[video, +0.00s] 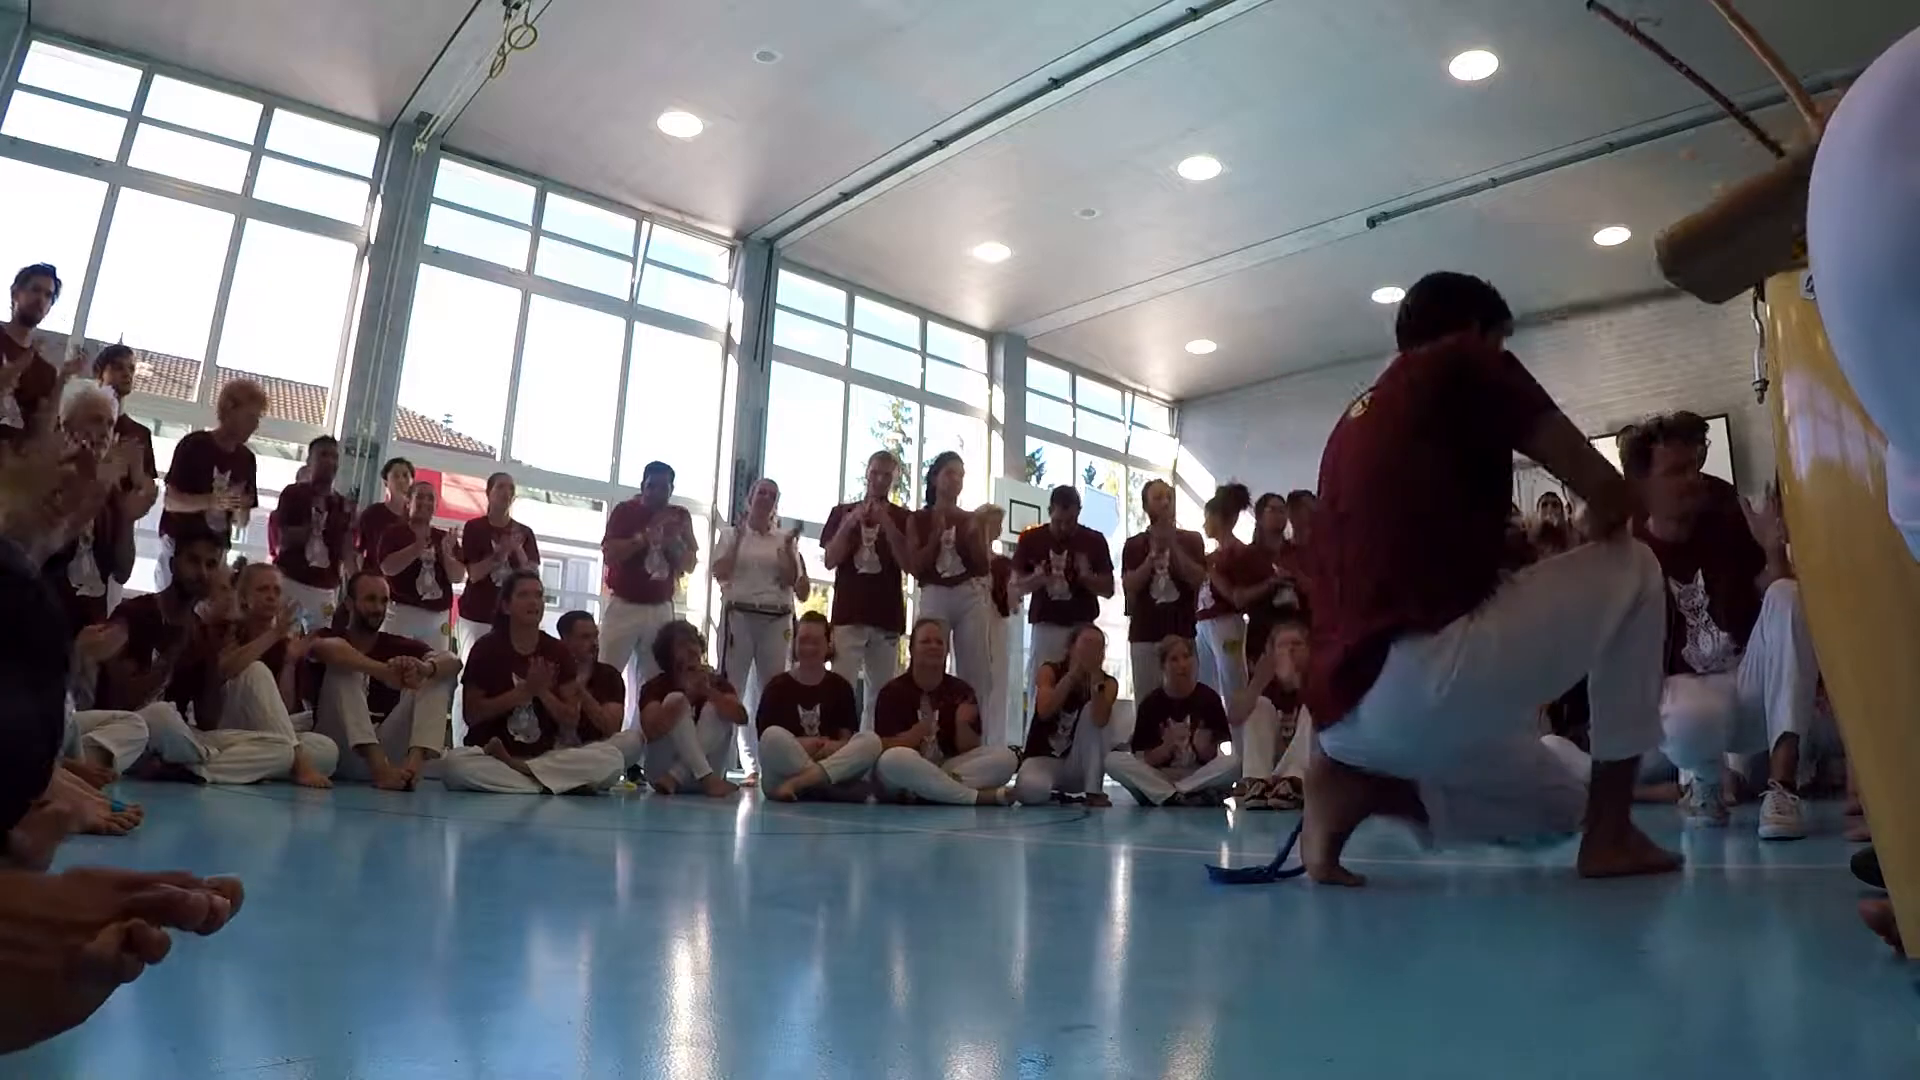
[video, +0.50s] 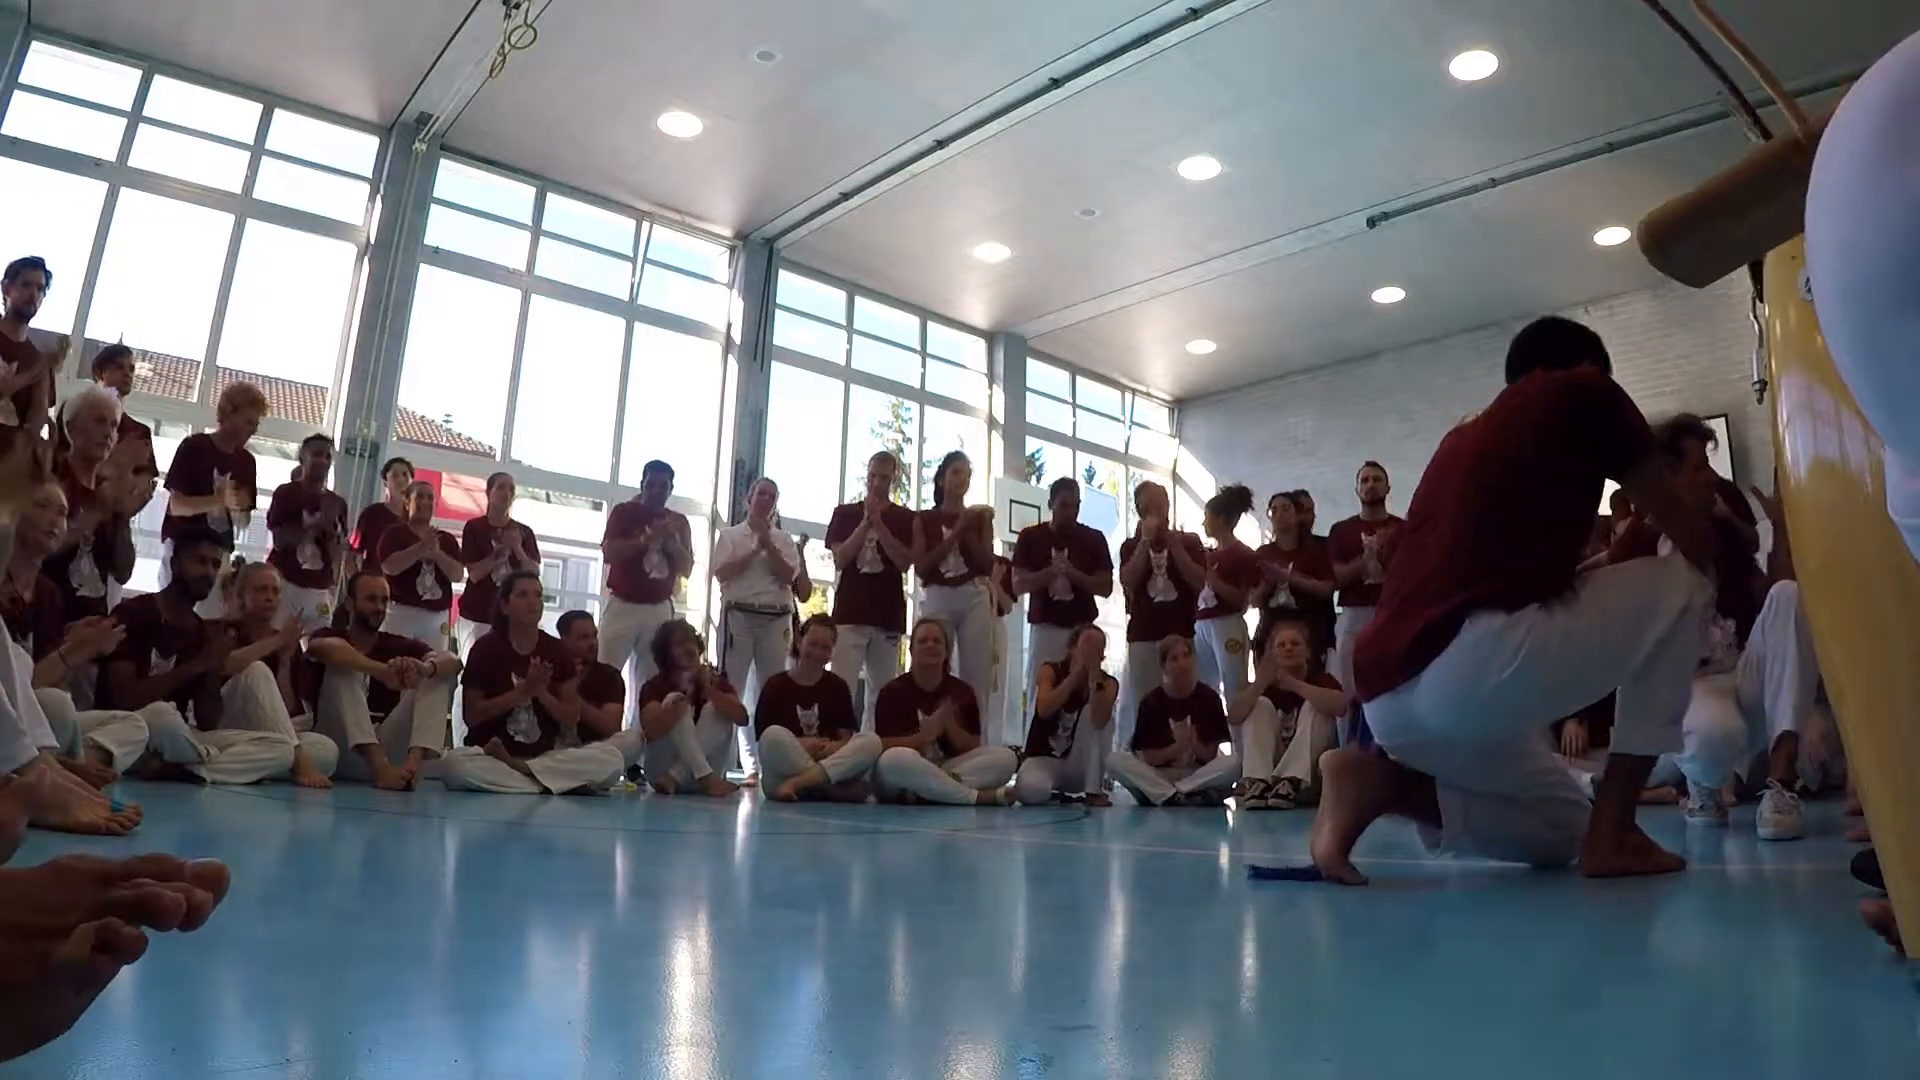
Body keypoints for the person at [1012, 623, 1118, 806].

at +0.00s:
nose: (1091, 650)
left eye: (1097, 645)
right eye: (1086, 643)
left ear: (1102, 652)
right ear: (1071, 647)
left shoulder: (1107, 683)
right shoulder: (1050, 671)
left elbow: (1100, 719)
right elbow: (1044, 710)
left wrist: (1095, 677)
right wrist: (1072, 676)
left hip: (1078, 762)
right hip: (1042, 760)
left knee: (1092, 710)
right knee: (1032, 793)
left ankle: (1094, 791)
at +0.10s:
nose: (1093, 651)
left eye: (1099, 645)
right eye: (1087, 643)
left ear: (1103, 652)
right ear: (1072, 648)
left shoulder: (1107, 683)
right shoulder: (1050, 671)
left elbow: (1100, 719)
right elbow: (1044, 710)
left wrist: (1095, 680)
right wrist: (1071, 677)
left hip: (1079, 763)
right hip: (1042, 760)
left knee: (1092, 710)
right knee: (1032, 793)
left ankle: (1094, 790)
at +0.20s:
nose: (1090, 650)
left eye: (1096, 645)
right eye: (1086, 643)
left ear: (1102, 651)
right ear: (1072, 647)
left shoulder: (1107, 683)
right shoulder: (1050, 670)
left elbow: (1099, 719)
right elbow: (1044, 709)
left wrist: (1094, 671)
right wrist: (1074, 674)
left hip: (1080, 763)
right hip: (1043, 761)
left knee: (1094, 710)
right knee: (1030, 793)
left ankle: (1094, 790)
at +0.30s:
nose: (1089, 649)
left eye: (1096, 644)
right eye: (1085, 642)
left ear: (1103, 651)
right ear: (1072, 647)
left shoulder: (1107, 683)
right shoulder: (1049, 670)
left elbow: (1100, 720)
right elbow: (1044, 709)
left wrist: (1098, 671)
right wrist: (1073, 672)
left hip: (1080, 763)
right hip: (1043, 761)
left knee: (1094, 710)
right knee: (1031, 792)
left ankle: (1094, 790)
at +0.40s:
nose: (1089, 649)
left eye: (1096, 644)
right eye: (1085, 642)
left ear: (1103, 651)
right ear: (1072, 647)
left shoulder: (1107, 683)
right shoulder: (1050, 671)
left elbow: (1100, 720)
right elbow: (1044, 709)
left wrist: (1098, 671)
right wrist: (1073, 671)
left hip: (1081, 763)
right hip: (1043, 761)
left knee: (1093, 710)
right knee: (1031, 792)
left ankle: (1093, 790)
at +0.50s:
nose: (1089, 653)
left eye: (1096, 647)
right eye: (1085, 646)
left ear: (1102, 653)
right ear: (1072, 648)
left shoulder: (1107, 683)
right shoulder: (1050, 670)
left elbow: (1099, 719)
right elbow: (1044, 709)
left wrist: (1094, 670)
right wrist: (1075, 674)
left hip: (1080, 762)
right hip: (1043, 760)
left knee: (1094, 711)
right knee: (1031, 792)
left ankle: (1094, 790)